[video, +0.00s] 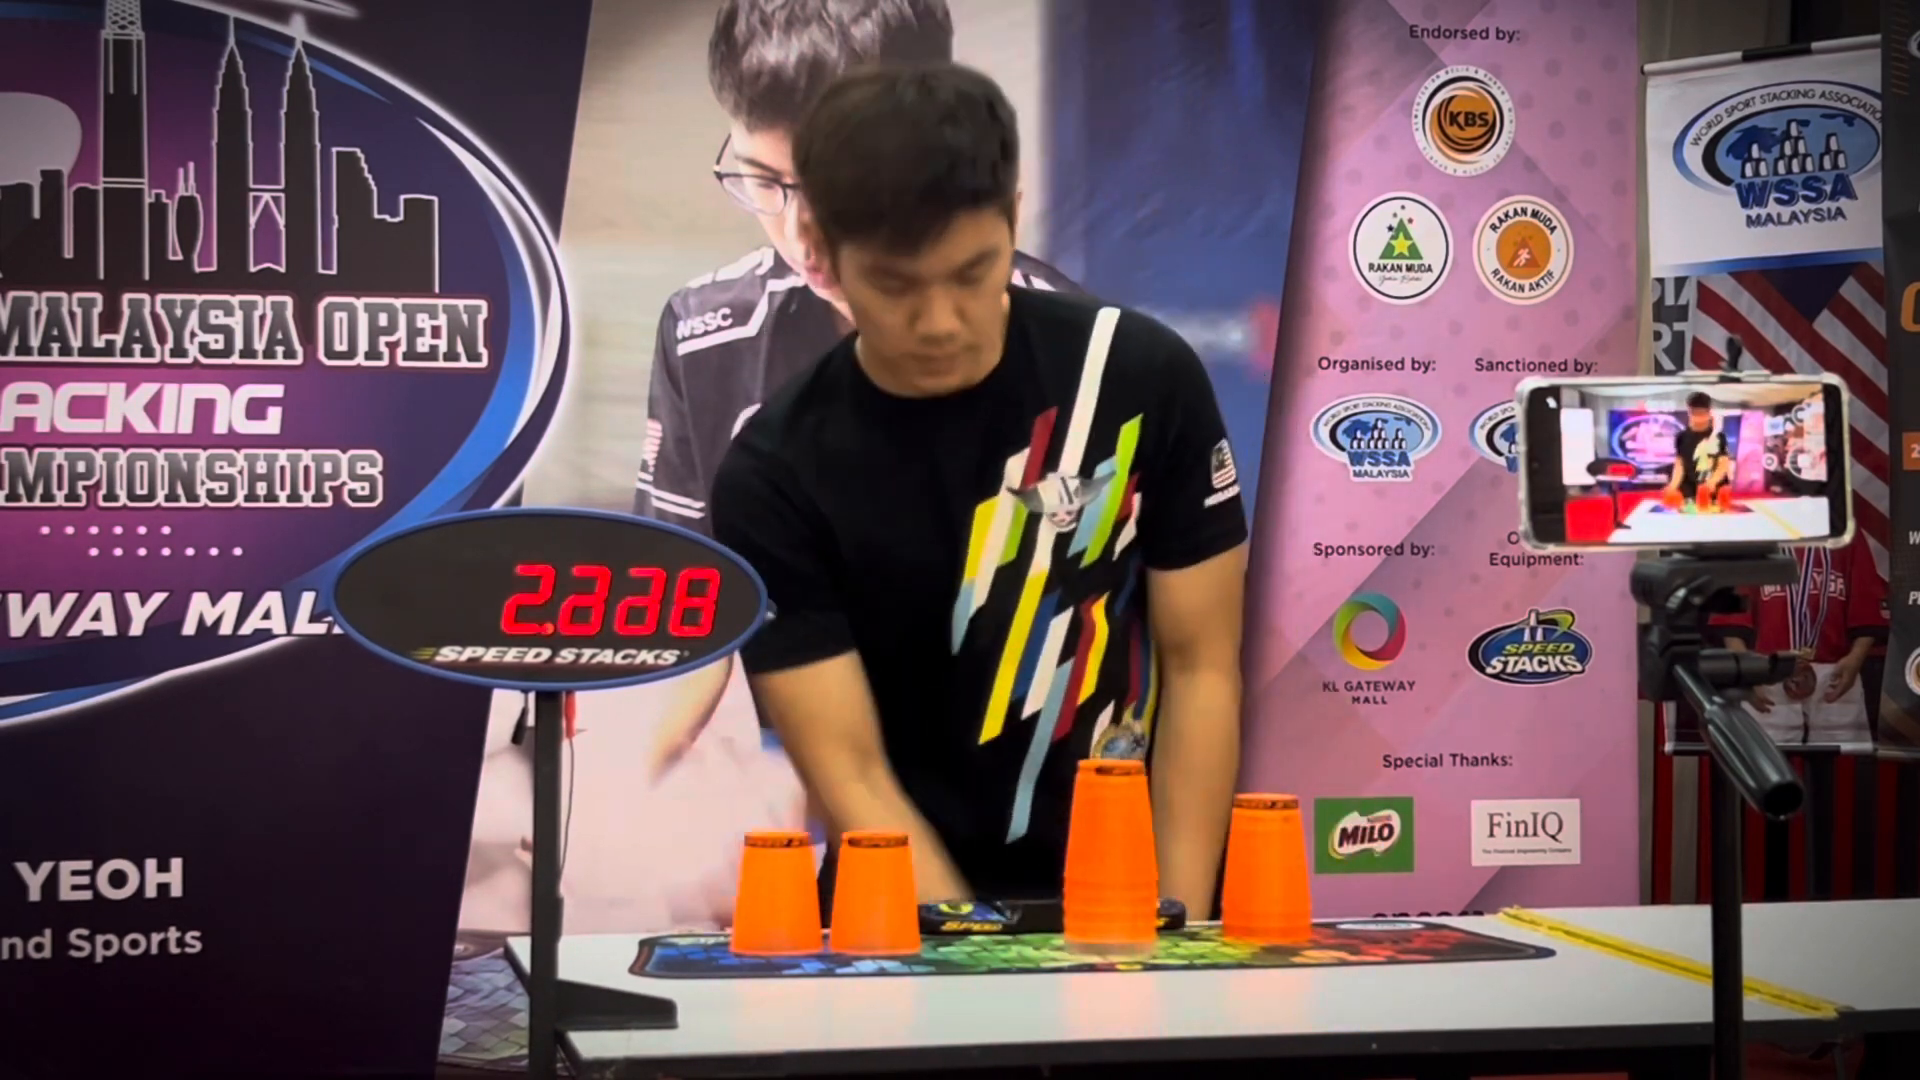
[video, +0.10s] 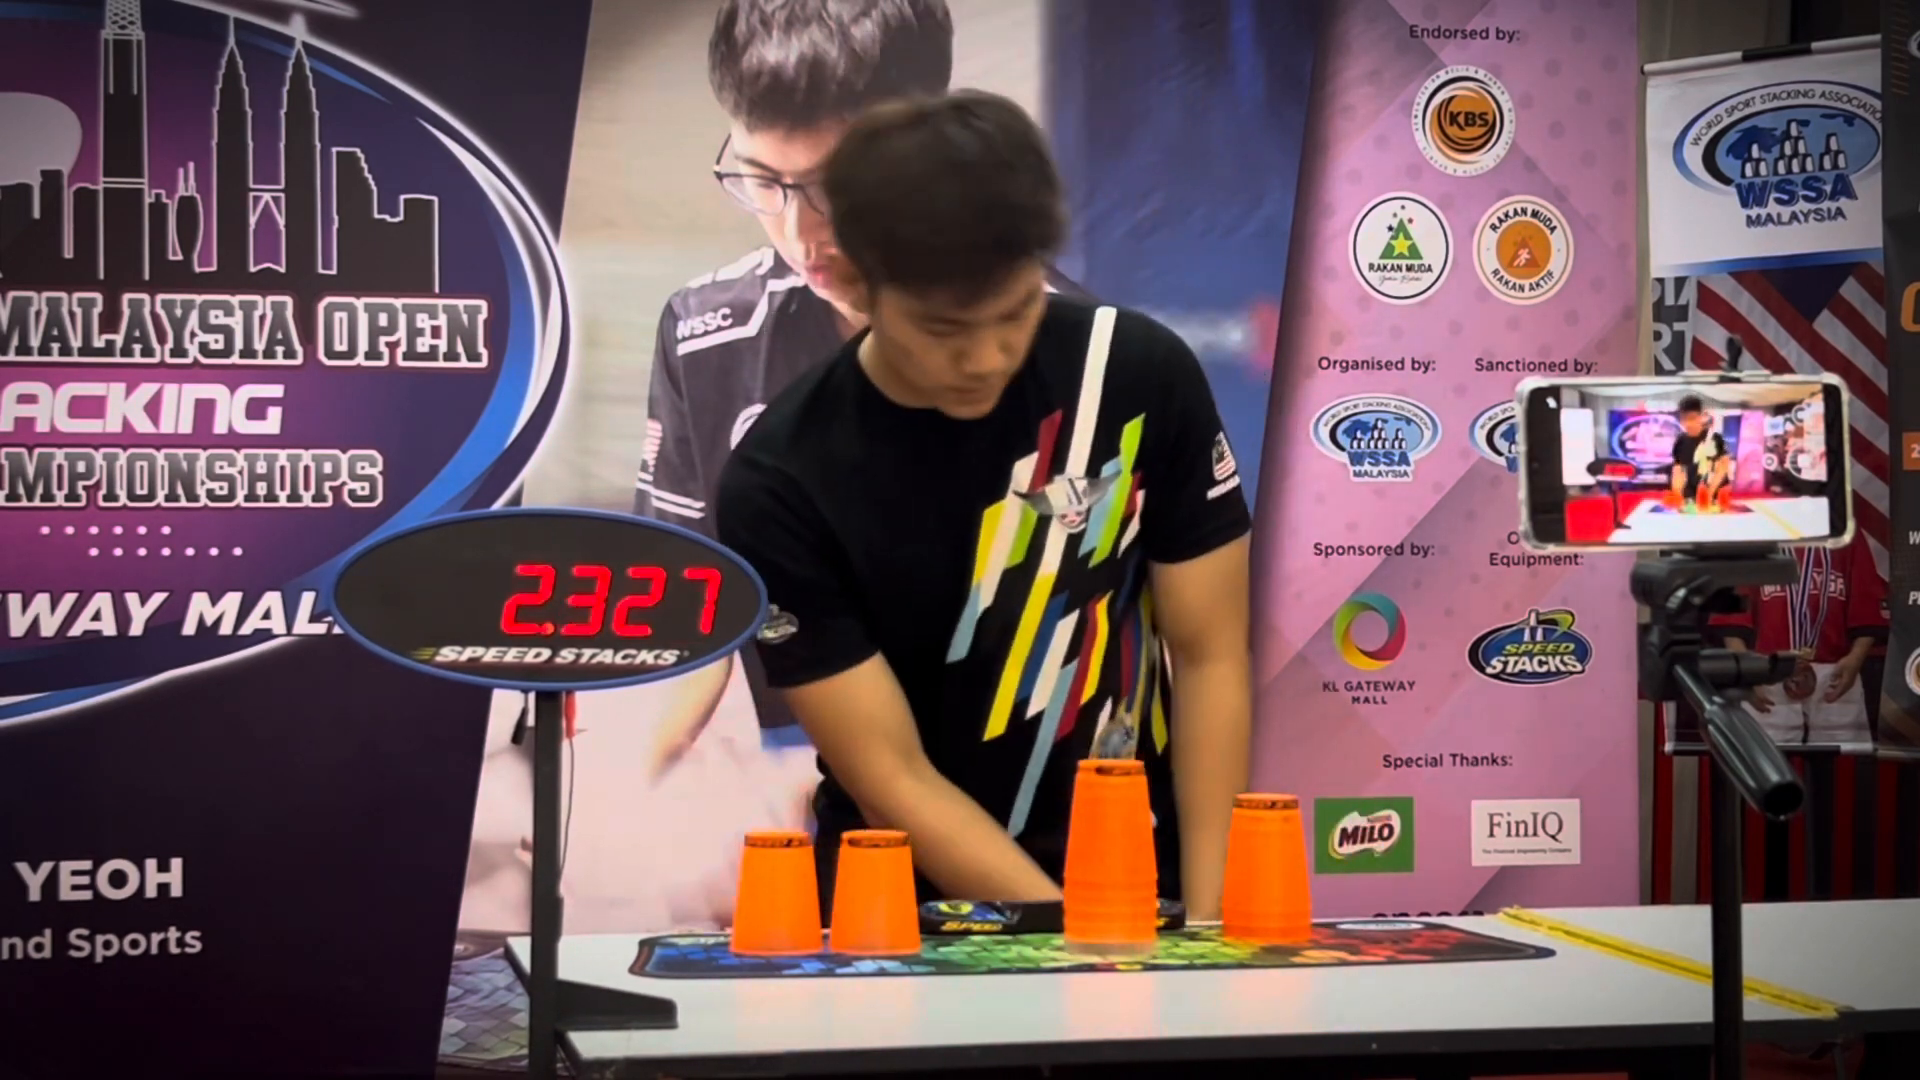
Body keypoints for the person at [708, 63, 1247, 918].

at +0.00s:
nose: (939, 321)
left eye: (973, 272)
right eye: (894, 283)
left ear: (1013, 225)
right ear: (823, 260)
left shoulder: (1144, 378)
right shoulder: (774, 474)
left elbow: (1199, 666)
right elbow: (852, 778)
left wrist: (1177, 930)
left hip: (1117, 921)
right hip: (915, 933)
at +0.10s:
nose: (986, 359)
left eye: (1017, 312)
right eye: (943, 327)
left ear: (1041, 258)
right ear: (857, 284)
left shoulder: (1141, 376)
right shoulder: (778, 484)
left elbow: (1208, 655)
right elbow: (893, 780)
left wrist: (1211, 926)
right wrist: (1077, 939)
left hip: (1130, 899)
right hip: (913, 920)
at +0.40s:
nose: (1190, 324)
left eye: (1209, 295)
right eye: (1180, 285)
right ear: (1081, 216)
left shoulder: (1171, 364)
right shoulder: (868, 395)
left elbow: (1176, 624)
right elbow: (812, 717)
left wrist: (1170, 890)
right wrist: (909, 943)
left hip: (1081, 897)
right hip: (910, 917)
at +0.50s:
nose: (1235, 322)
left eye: (1258, 294)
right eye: (1239, 281)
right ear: (1153, 206)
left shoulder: (1174, 359)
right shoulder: (909, 374)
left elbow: (1171, 625)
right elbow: (812, 685)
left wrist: (1187, 869)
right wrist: (873, 941)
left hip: (1073, 903)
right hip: (911, 917)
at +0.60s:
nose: (1268, 346)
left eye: (1293, 321)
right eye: (1282, 305)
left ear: (1214, 225)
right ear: (1216, 225)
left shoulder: (1178, 367)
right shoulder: (959, 358)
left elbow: (1162, 638)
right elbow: (836, 668)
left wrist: (1204, 879)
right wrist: (878, 935)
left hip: (1065, 902)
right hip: (914, 914)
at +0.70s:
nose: (1299, 392)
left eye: (1325, 372)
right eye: (1317, 358)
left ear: (1259, 270)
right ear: (1260, 269)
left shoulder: (1201, 392)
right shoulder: (987, 373)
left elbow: (1158, 662)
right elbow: (864, 674)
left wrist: (1224, 900)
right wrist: (893, 935)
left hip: (1054, 902)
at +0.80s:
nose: (1308, 440)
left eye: (1338, 427)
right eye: (1327, 406)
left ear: (1281, 305)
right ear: (1282, 304)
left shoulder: (1237, 416)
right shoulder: (1008, 384)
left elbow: (1179, 674)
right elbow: (874, 671)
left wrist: (1235, 909)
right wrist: (891, 944)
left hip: (1065, 888)